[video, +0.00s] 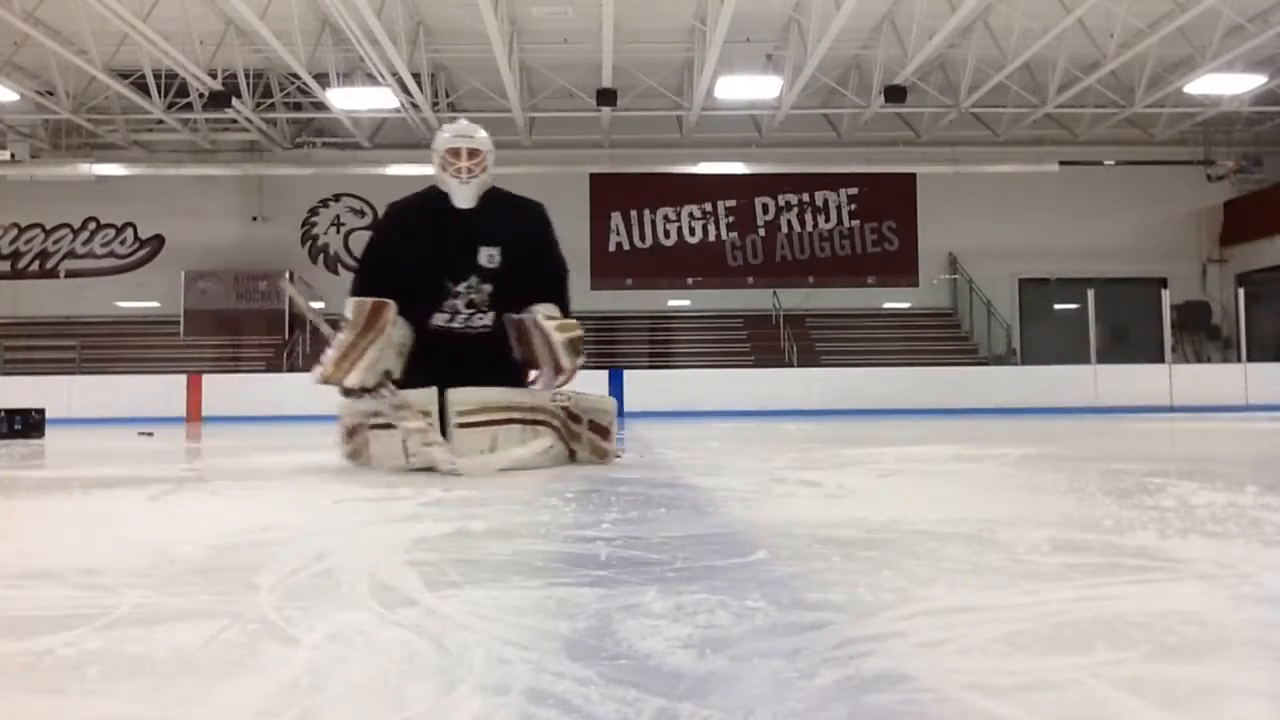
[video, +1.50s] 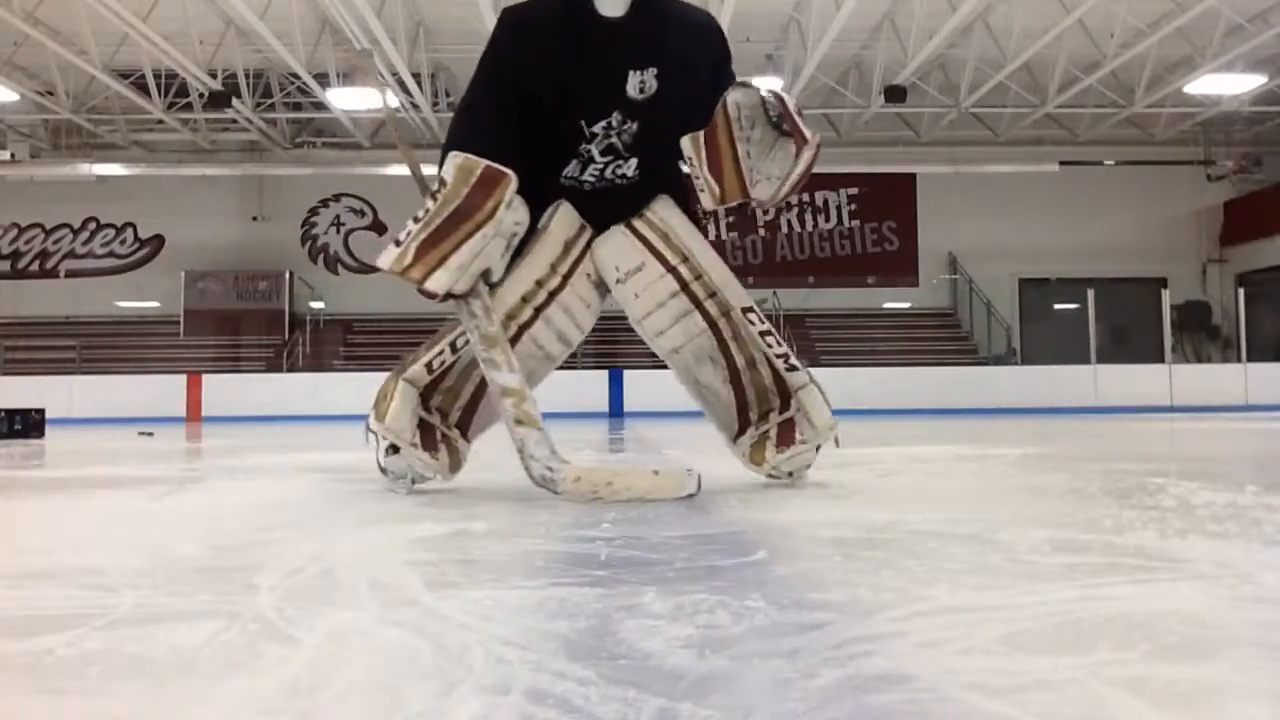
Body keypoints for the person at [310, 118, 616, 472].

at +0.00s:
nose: (464, 165)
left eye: (474, 155)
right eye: (453, 156)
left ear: (488, 160)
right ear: (437, 161)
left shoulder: (525, 217)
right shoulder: (404, 217)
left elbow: (550, 298)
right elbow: (370, 302)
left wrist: (549, 352)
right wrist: (366, 364)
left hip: (502, 383)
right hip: (422, 384)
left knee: (504, 500)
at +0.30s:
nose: (560, 153)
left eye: (569, 144)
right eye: (549, 143)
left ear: (580, 149)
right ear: (528, 147)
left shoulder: (597, 203)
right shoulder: (492, 199)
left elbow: (635, 257)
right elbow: (439, 264)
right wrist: (417, 333)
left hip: (574, 328)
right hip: (501, 332)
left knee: (625, 352)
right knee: (488, 435)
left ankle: (637, 437)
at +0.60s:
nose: (628, 120)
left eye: (638, 111)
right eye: (617, 109)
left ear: (651, 118)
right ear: (597, 115)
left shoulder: (671, 176)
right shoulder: (560, 164)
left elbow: (692, 242)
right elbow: (494, 220)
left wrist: (721, 263)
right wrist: (456, 288)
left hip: (619, 295)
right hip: (543, 292)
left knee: (672, 337)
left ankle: (645, 431)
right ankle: (492, 424)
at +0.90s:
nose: (571, 43)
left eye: (583, 32)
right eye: (559, 31)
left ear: (599, 41)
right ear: (542, 37)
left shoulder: (635, 104)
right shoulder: (500, 101)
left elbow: (680, 179)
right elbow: (430, 181)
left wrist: (687, 211)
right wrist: (387, 259)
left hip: (602, 250)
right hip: (509, 247)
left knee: (659, 332)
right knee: (528, 327)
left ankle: (683, 435)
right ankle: (448, 436)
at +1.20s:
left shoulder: (659, 56)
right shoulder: (500, 45)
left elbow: (680, 145)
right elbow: (442, 162)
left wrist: (733, 164)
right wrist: (409, 246)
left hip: (604, 204)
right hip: (506, 204)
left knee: (672, 297)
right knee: (521, 311)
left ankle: (735, 431)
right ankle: (412, 425)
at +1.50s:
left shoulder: (691, 34)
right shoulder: (530, 28)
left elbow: (716, 122)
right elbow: (481, 136)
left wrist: (765, 144)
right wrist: (462, 238)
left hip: (646, 201)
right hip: (549, 204)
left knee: (711, 308)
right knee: (513, 324)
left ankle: (779, 428)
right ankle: (417, 426)